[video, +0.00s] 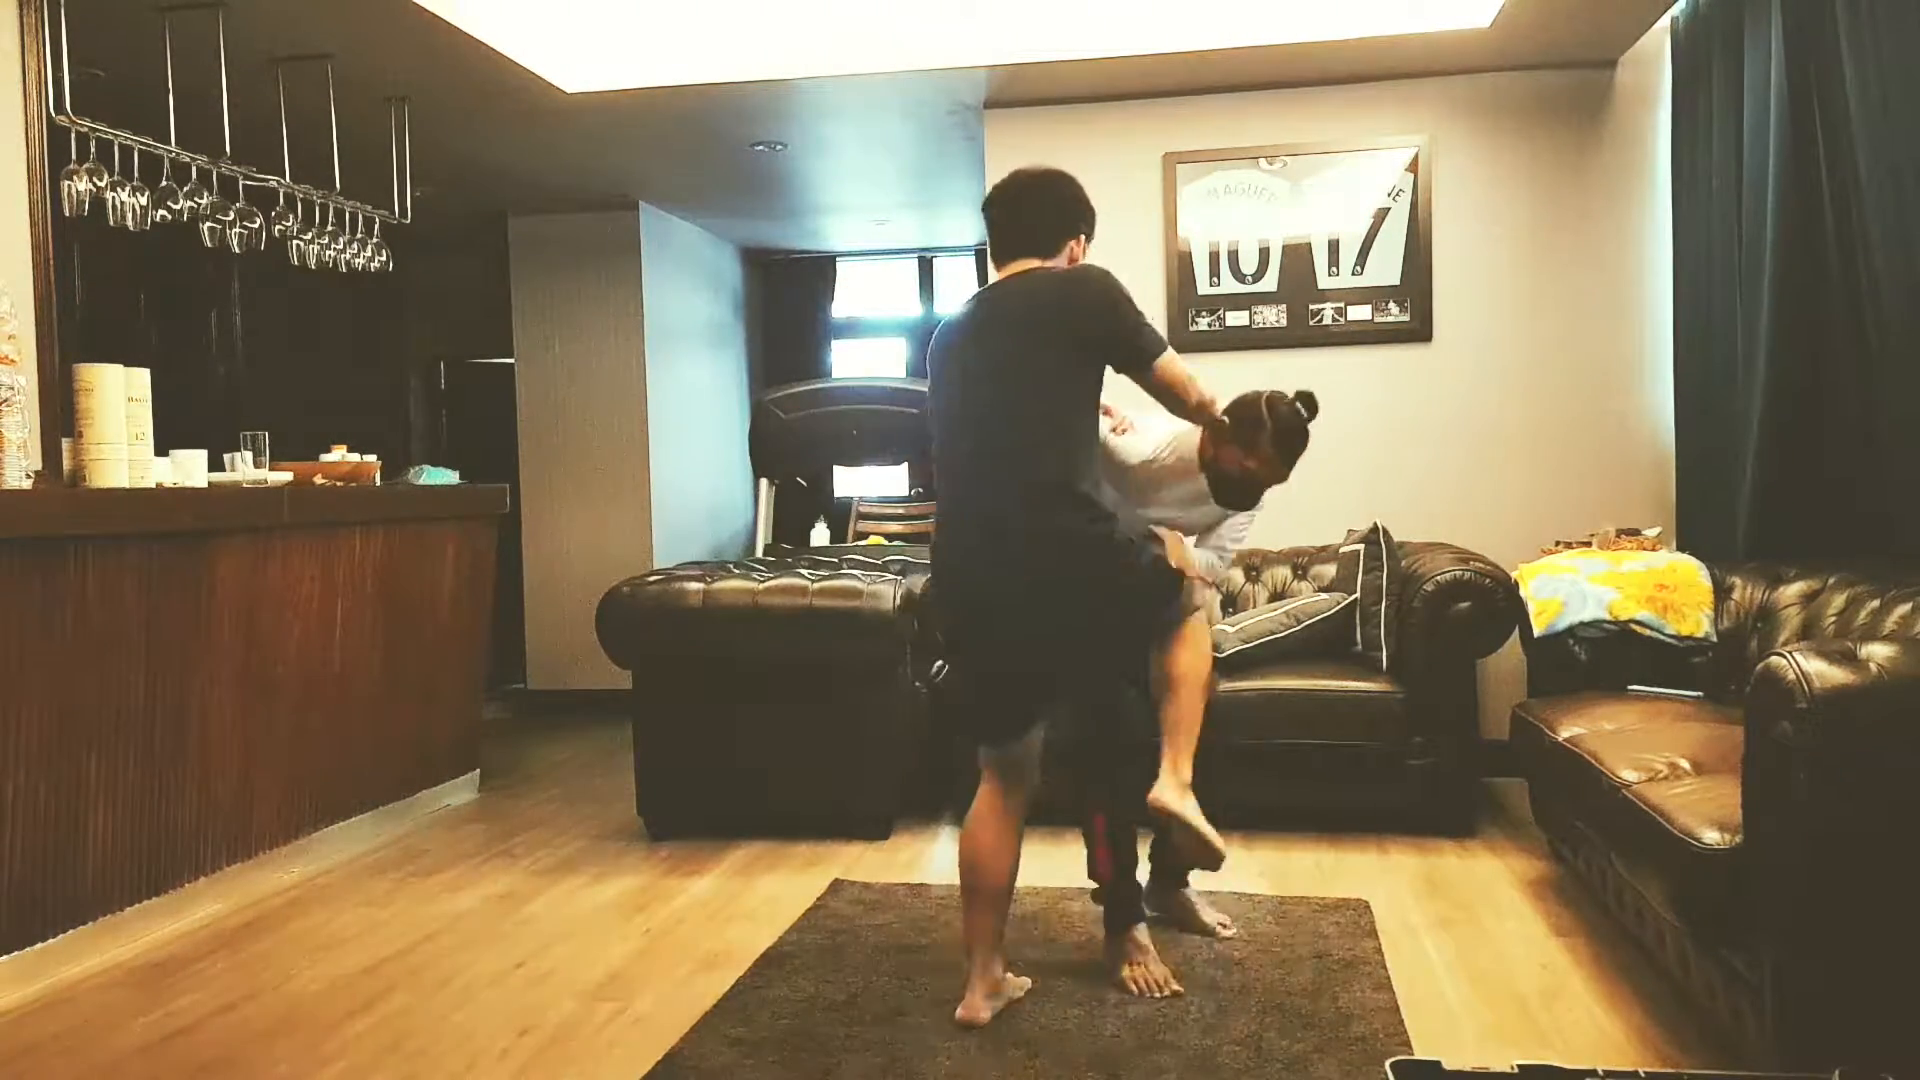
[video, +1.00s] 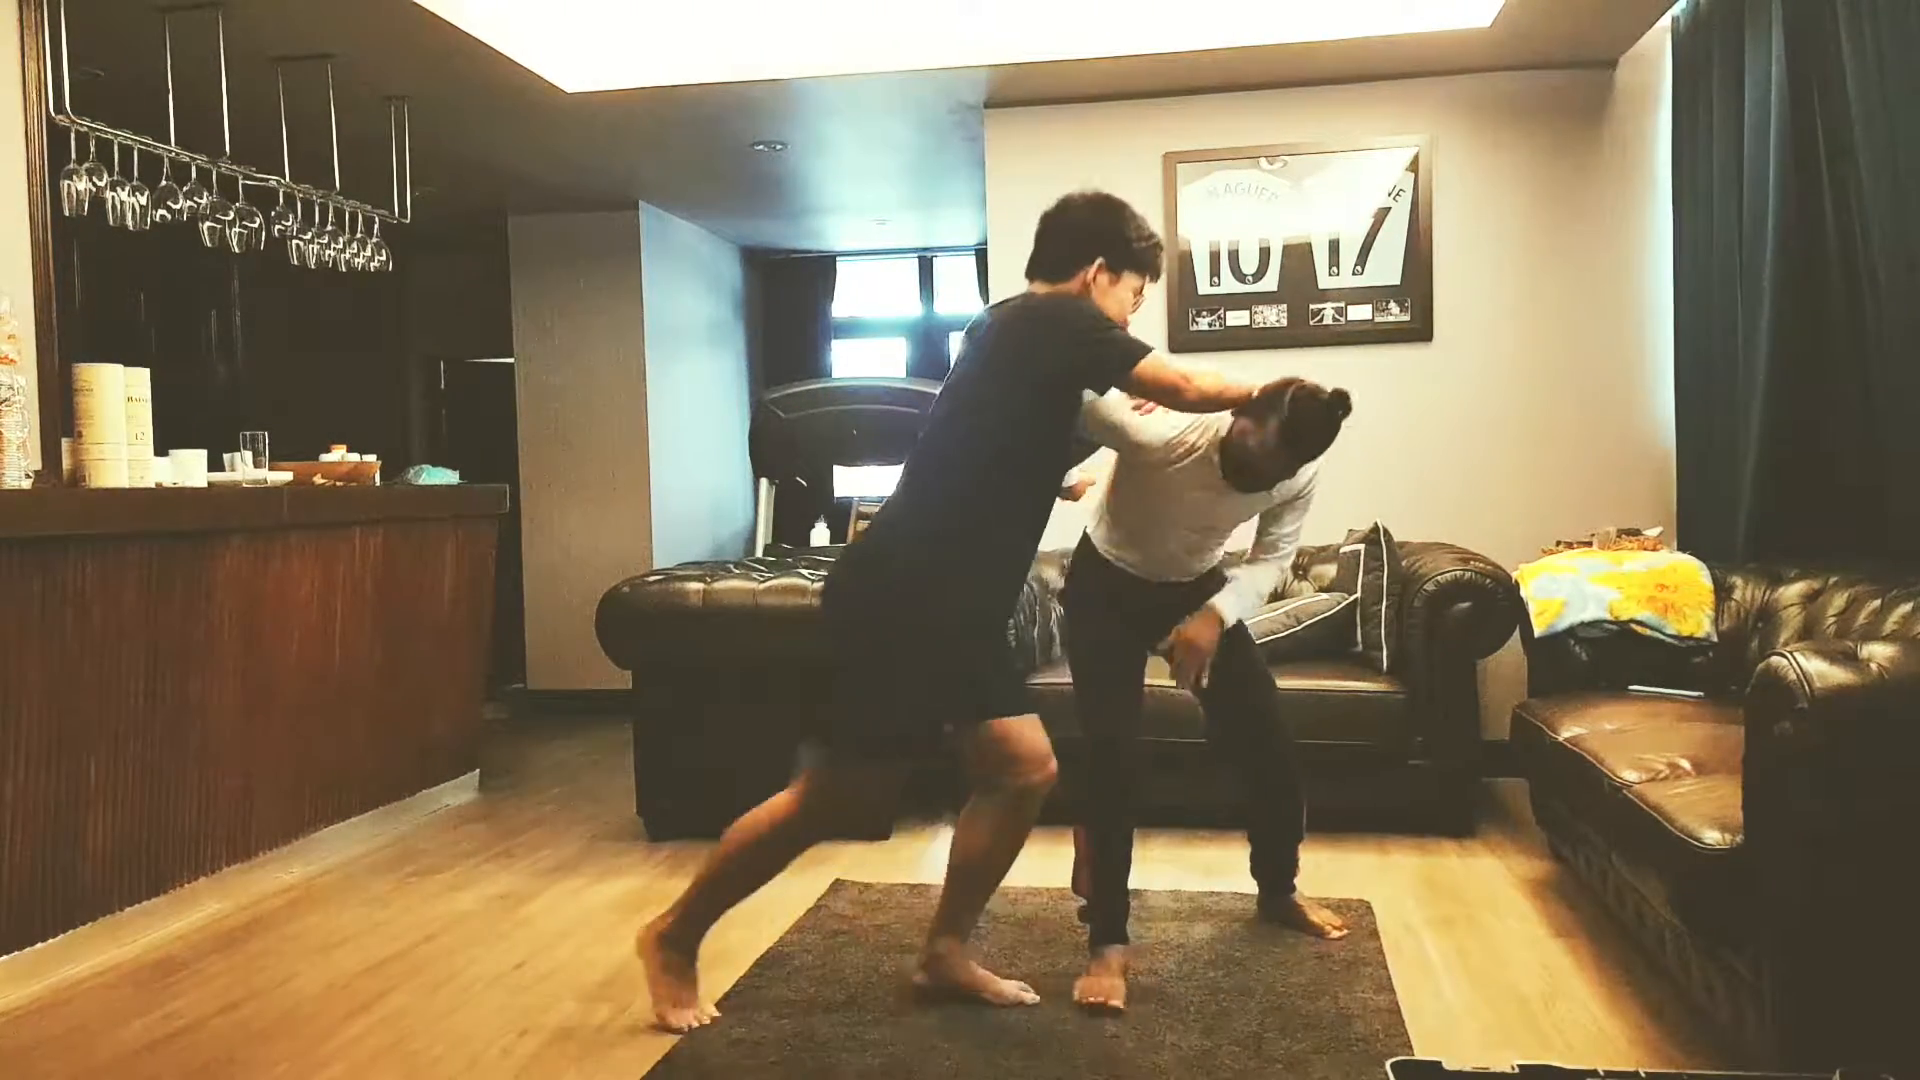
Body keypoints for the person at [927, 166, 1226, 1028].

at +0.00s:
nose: (1087, 259)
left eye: (1086, 250)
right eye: (1087, 248)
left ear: (991, 247)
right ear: (1073, 245)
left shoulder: (952, 332)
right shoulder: (1084, 291)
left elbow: (963, 446)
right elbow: (1187, 395)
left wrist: (1079, 414)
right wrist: (1218, 420)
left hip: (970, 559)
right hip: (1061, 543)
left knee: (1000, 771)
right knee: (1185, 605)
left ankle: (983, 979)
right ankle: (1174, 777)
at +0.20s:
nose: (1117, 256)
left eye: (1116, 246)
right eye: (1117, 245)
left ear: (1028, 239)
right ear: (1095, 239)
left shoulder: (984, 311)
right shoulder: (1097, 288)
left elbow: (1046, 372)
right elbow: (1226, 354)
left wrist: (1135, 352)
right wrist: (1213, 351)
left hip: (939, 555)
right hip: (1029, 554)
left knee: (990, 784)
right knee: (1093, 774)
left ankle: (976, 959)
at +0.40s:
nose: (1147, 308)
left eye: (1149, 298)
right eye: (1147, 296)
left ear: (1061, 282)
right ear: (1124, 286)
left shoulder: (1019, 335)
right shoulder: (1108, 325)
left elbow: (1081, 429)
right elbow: (1227, 392)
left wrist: (1152, 413)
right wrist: (1268, 388)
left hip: (928, 574)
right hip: (992, 579)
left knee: (1001, 790)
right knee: (1036, 806)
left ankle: (962, 978)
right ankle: (902, 1013)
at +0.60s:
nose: (1137, 324)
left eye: (1144, 311)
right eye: (1142, 304)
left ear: (1059, 269)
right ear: (1115, 276)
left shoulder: (1005, 324)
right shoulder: (1084, 321)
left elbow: (1024, 426)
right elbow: (1151, 432)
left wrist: (1108, 469)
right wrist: (1245, 465)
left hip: (930, 571)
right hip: (1011, 561)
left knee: (1018, 774)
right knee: (1199, 639)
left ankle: (970, 977)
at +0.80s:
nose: (1146, 302)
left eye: (1152, 286)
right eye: (1148, 281)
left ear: (1076, 255)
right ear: (1112, 255)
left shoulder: (1007, 306)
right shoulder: (1071, 305)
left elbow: (1044, 422)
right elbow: (1144, 407)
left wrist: (1122, 459)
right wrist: (1243, 434)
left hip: (914, 560)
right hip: (978, 562)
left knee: (985, 768)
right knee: (1100, 747)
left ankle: (965, 978)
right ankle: (909, 845)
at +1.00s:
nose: (1135, 311)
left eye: (1139, 295)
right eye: (1134, 290)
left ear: (1067, 270)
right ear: (1094, 270)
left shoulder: (1011, 328)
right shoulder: (1059, 324)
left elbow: (986, 458)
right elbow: (1179, 385)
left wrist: (1066, 482)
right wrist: (1261, 388)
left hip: (950, 601)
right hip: (897, 595)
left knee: (1024, 769)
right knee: (845, 801)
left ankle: (947, 952)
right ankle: (671, 937)